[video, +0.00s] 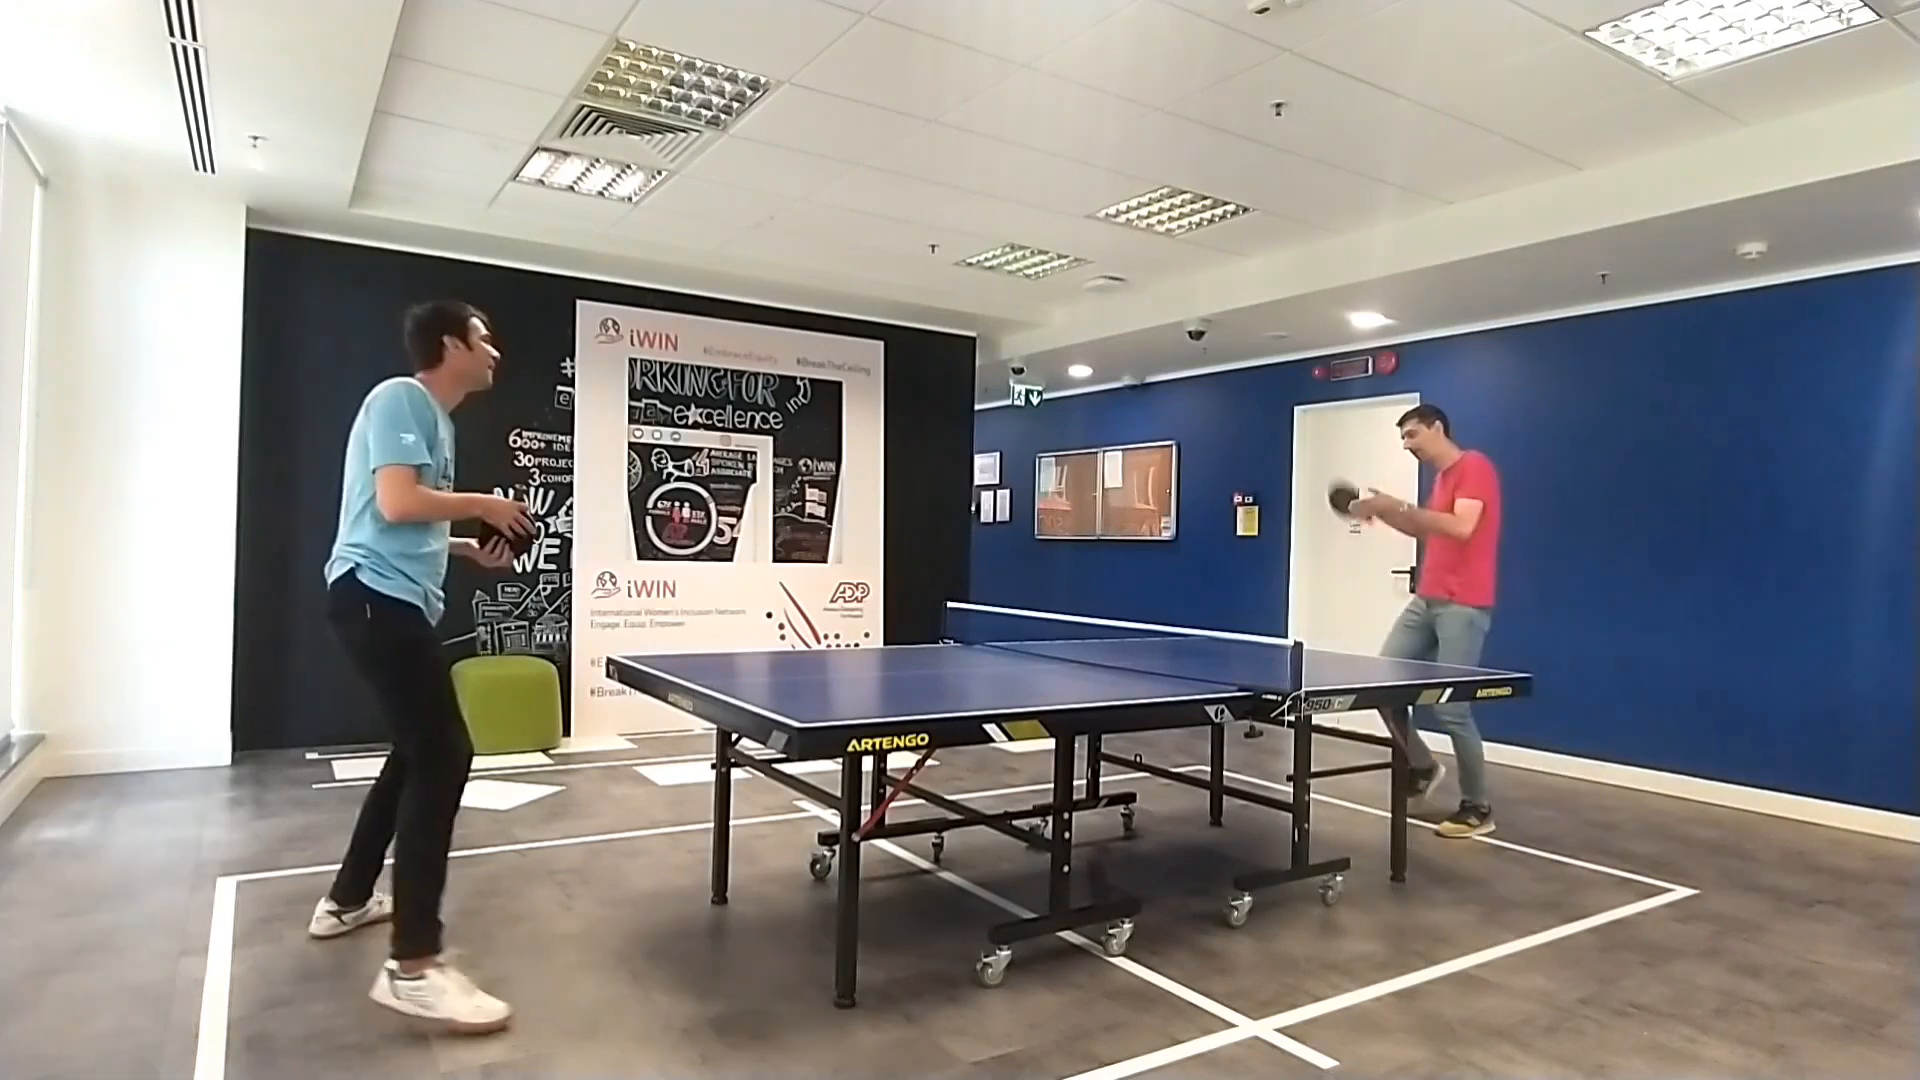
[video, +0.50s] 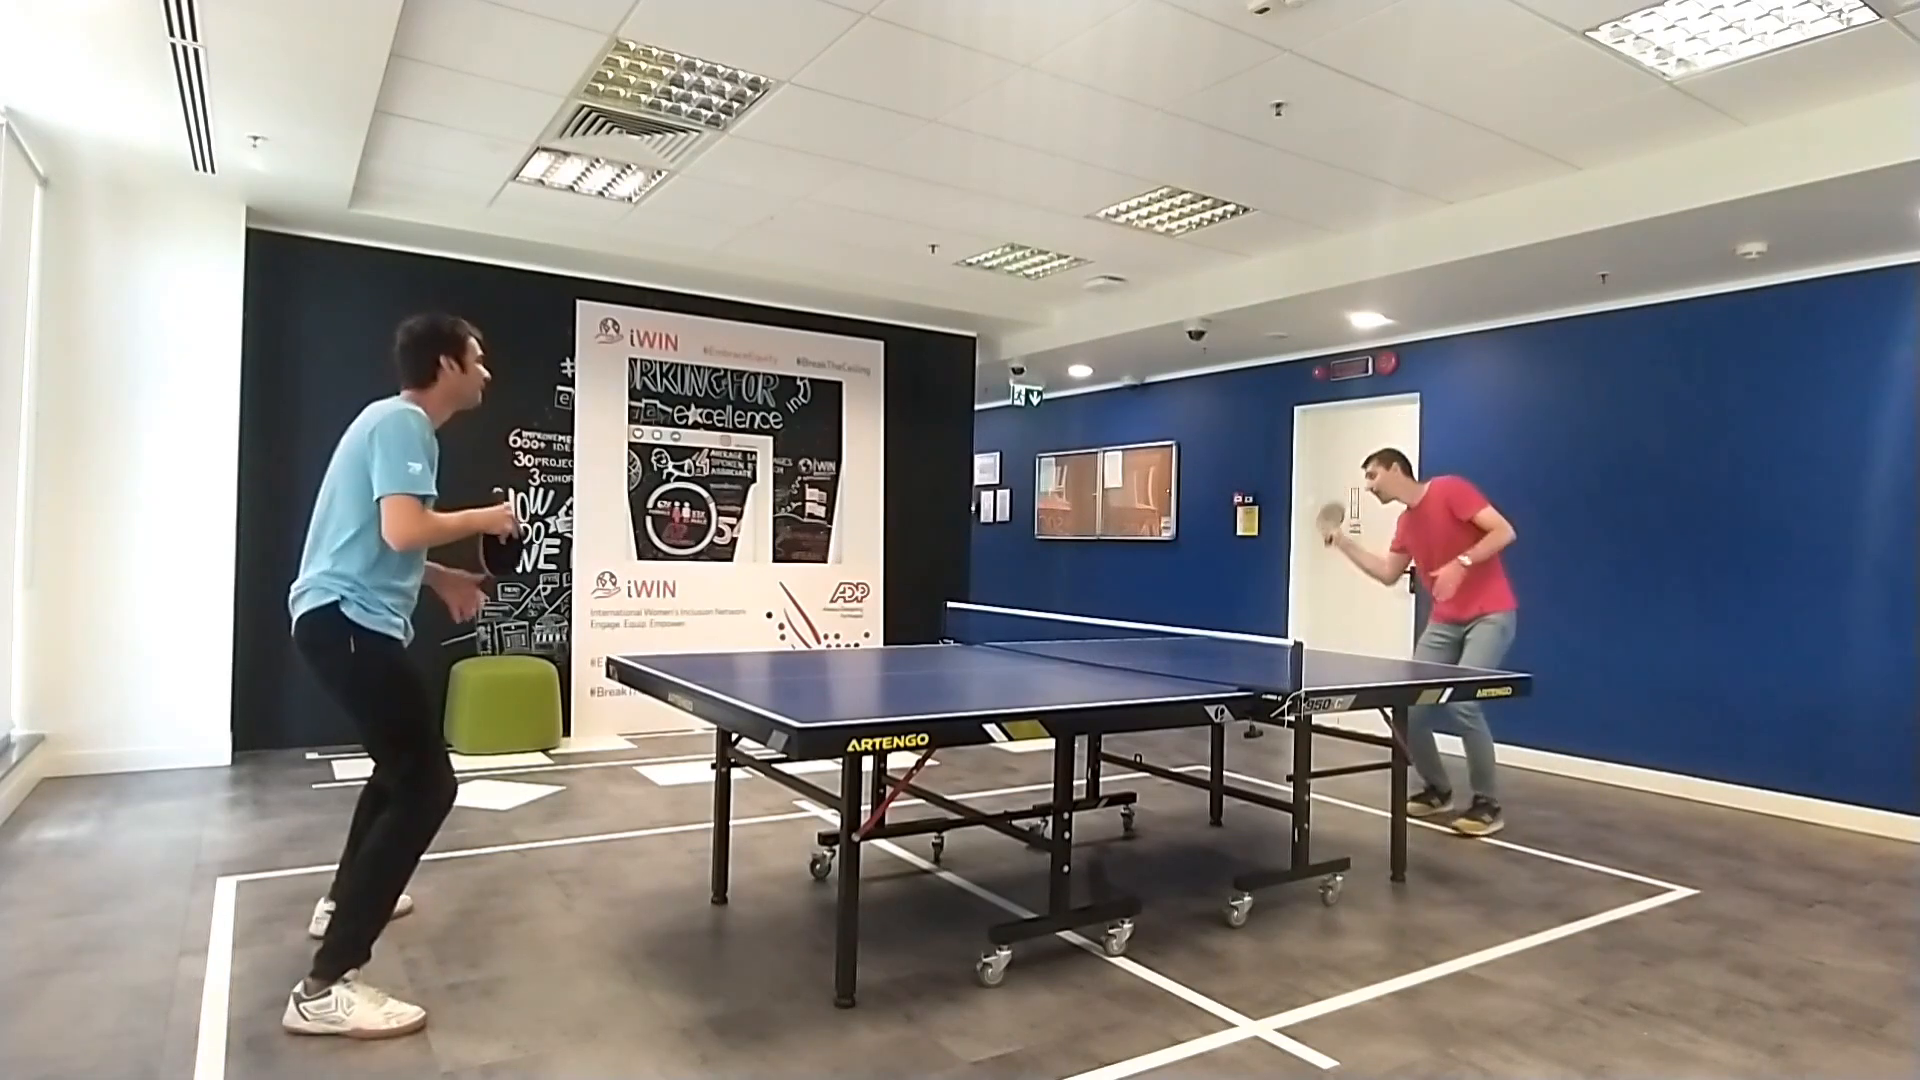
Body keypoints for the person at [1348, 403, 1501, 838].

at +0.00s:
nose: (1408, 444)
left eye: (1411, 434)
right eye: (1404, 438)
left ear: (1436, 428)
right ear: (1424, 435)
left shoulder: (1474, 466)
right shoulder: (1439, 479)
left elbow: (1462, 526)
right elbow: (1424, 532)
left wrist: (1399, 508)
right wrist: (1383, 510)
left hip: (1464, 608)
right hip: (1425, 603)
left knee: (1451, 707)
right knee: (1381, 685)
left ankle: (1476, 808)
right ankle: (1421, 766)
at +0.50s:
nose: (1368, 485)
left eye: (1372, 475)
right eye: (1366, 479)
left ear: (1396, 469)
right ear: (1391, 474)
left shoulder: (1447, 489)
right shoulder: (1407, 521)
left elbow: (1503, 531)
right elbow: (1388, 572)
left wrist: (1460, 563)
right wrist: (1342, 541)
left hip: (1491, 614)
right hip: (1444, 620)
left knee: (1461, 702)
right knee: (1407, 707)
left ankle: (1486, 803)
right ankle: (1438, 789)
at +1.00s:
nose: (1439, 502)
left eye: (1445, 492)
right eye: (1434, 497)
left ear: (1469, 489)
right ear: (1435, 503)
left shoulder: (1519, 514)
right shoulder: (1454, 536)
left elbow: (1574, 558)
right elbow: (1455, 596)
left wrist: (1546, 594)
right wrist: (1462, 581)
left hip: (1545, 640)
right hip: (1494, 638)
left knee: (1577, 740)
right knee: (1434, 706)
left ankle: (1658, 780)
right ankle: (1437, 793)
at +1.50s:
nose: (1537, 462)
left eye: (1545, 453)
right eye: (1532, 456)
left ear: (1571, 455)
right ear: (1532, 463)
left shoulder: (1615, 488)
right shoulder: (1542, 505)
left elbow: (1669, 535)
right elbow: (1549, 556)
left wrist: (1637, 584)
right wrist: (1550, 577)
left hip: (1633, 621)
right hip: (1575, 621)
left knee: (1666, 716)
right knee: (1536, 700)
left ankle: (1698, 796)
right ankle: (1537, 791)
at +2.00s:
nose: (1492, 466)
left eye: (1497, 457)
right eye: (1490, 460)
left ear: (1522, 455)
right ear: (1513, 460)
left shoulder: (1567, 489)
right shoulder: (1526, 507)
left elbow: (1620, 538)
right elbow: (1555, 557)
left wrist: (1615, 603)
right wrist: (1551, 608)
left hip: (1598, 619)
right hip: (1553, 620)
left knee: (1636, 713)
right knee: (1514, 695)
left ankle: (1716, 795)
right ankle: (1538, 788)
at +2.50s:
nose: (1446, 445)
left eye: (1447, 438)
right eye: (1447, 438)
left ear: (1458, 437)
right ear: (1481, 440)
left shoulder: (1467, 472)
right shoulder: (1509, 479)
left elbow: (1449, 530)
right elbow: (1523, 544)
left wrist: (1406, 576)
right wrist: (1490, 571)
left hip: (1483, 597)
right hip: (1516, 595)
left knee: (1444, 681)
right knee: (1517, 689)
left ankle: (1448, 773)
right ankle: (1540, 785)